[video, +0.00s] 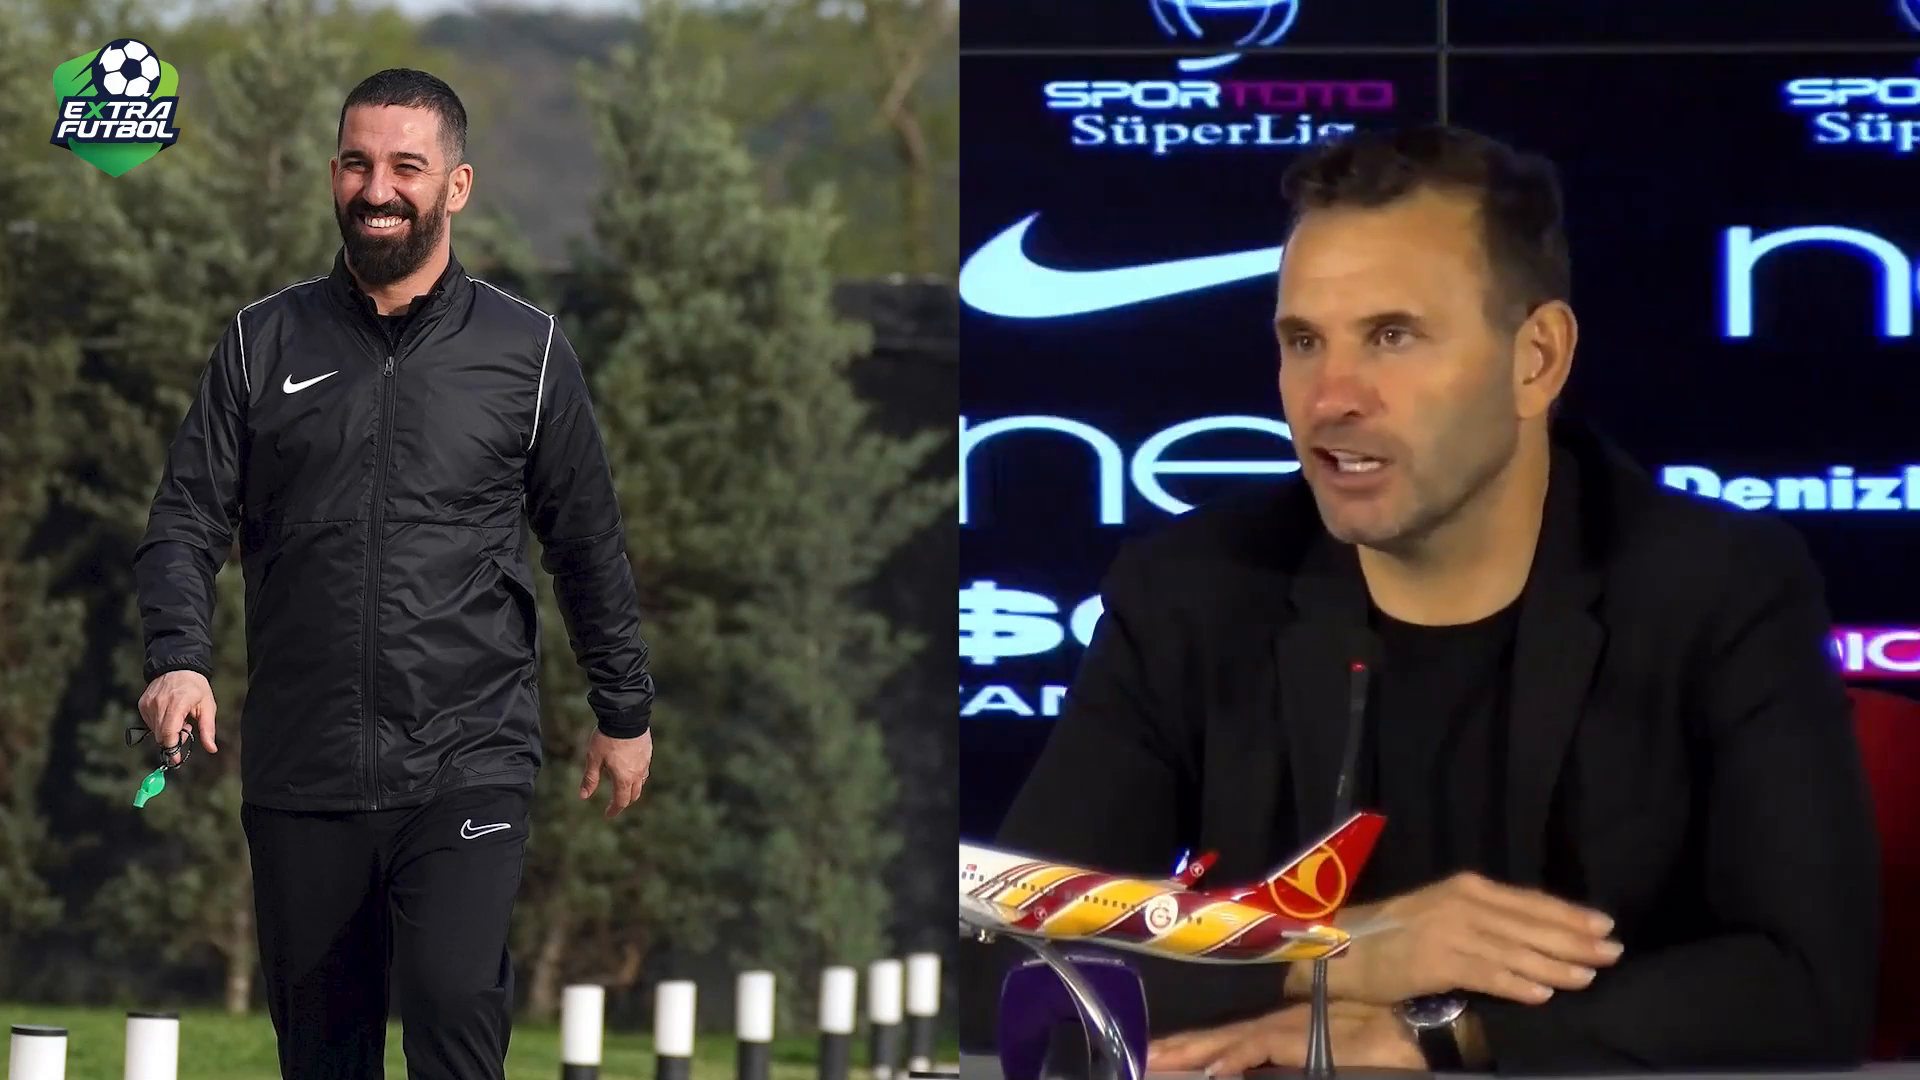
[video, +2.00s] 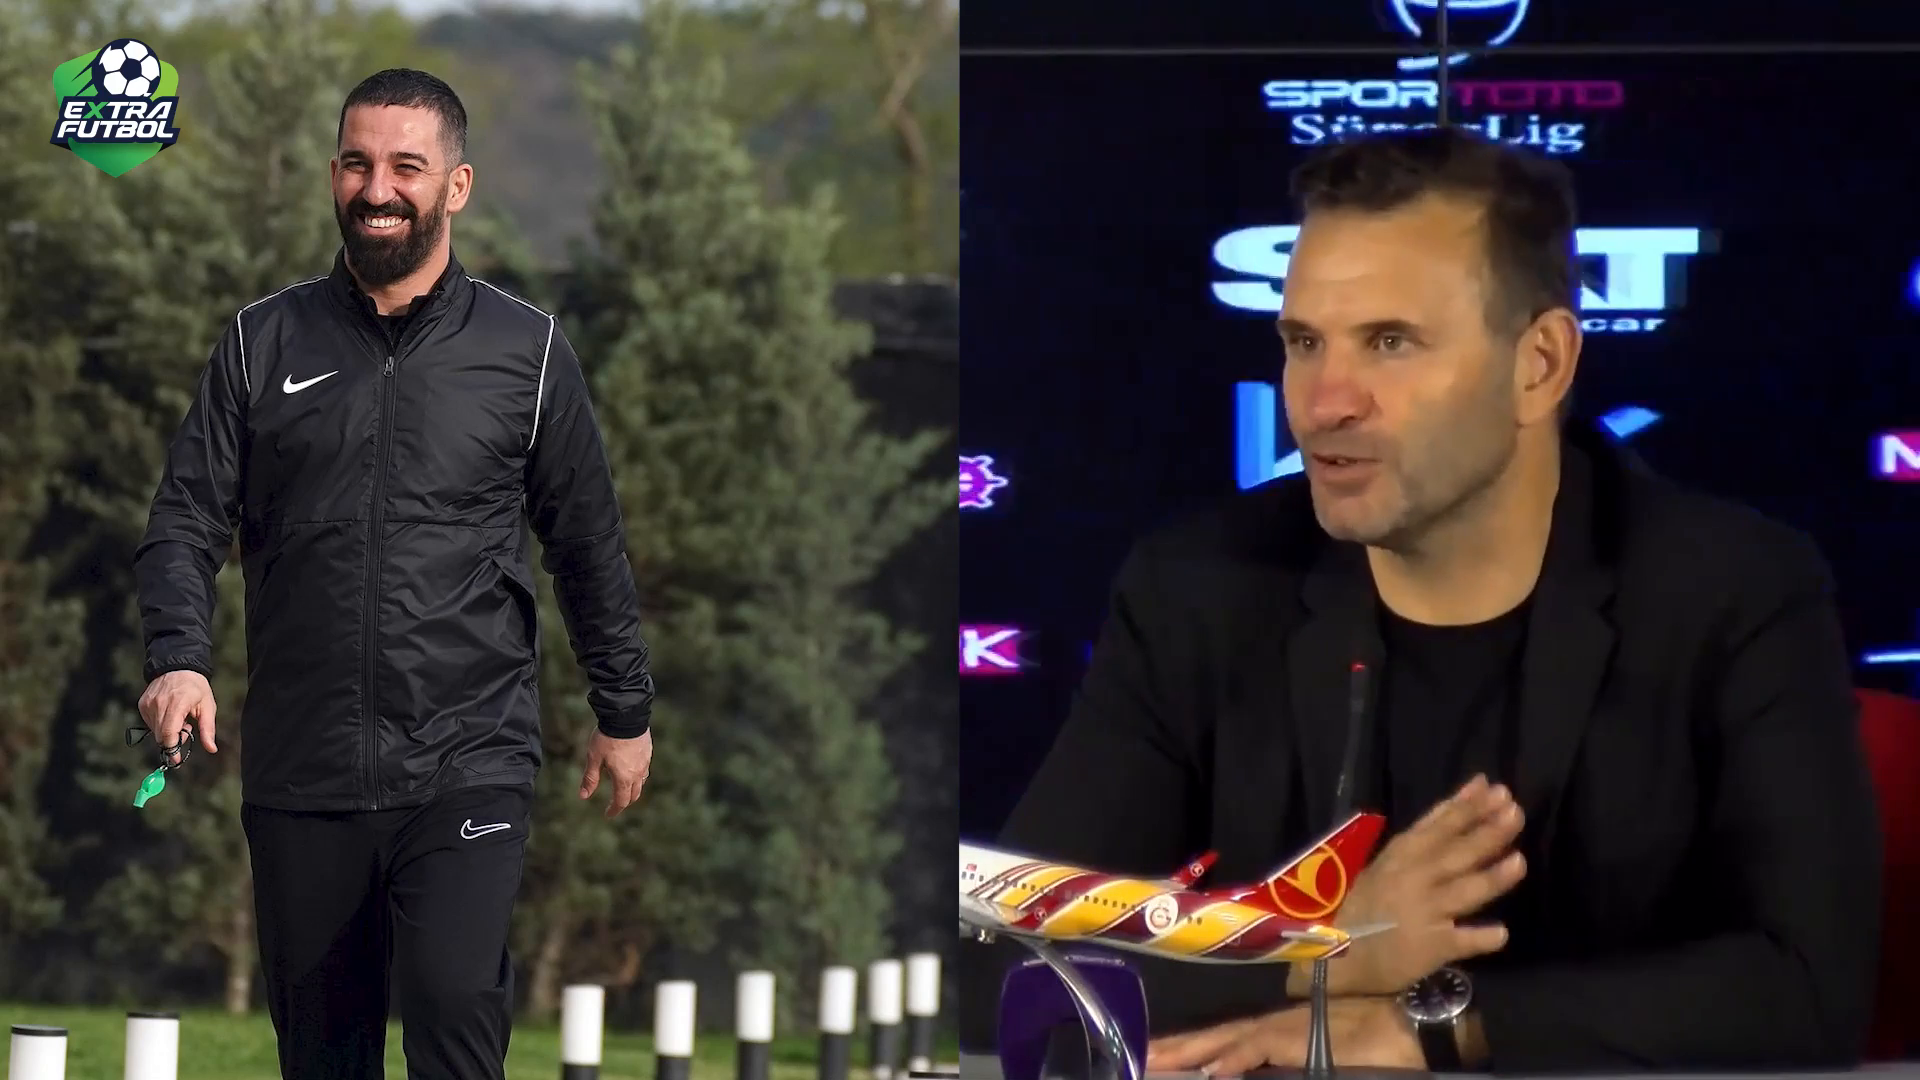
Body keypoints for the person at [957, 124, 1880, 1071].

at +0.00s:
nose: (1327, 396)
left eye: (1391, 337)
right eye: (1302, 341)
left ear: (1537, 361)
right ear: (1276, 350)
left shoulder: (1724, 596)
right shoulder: (1191, 592)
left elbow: (1808, 991)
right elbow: (1018, 956)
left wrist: (1441, 1036)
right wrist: (1333, 957)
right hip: (1252, 1076)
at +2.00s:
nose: (1321, 400)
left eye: (1388, 343)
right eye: (1303, 343)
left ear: (1541, 367)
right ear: (1280, 351)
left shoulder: (1737, 599)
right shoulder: (1199, 588)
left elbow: (1807, 992)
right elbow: (1027, 959)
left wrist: (1439, 1026)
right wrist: (1309, 963)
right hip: (1247, 1075)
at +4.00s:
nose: (1329, 406)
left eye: (1392, 346)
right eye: (1301, 352)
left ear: (1535, 361)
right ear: (1272, 362)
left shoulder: (1727, 596)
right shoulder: (1184, 593)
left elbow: (1808, 990)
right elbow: (1027, 954)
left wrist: (1426, 1033)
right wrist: (1326, 963)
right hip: (1245, 1076)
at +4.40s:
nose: (1337, 421)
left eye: (1397, 355)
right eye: (1307, 365)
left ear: (1540, 362)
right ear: (1279, 376)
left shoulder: (1733, 601)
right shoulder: (1195, 597)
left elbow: (1807, 994)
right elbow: (1021, 957)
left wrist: (1440, 1022)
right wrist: (1309, 940)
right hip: (1252, 1079)